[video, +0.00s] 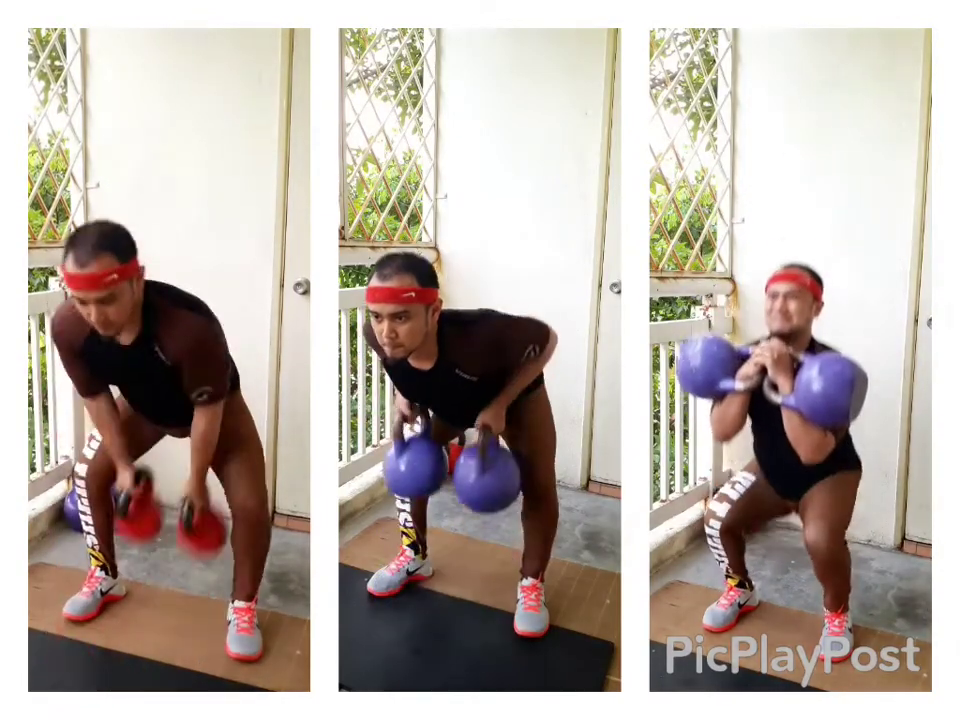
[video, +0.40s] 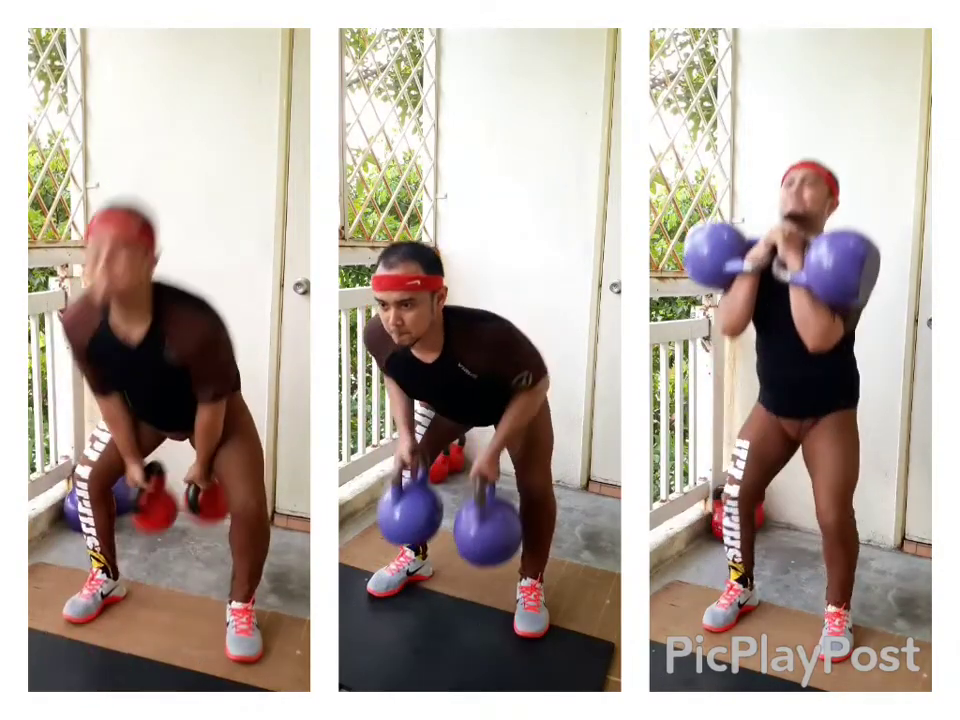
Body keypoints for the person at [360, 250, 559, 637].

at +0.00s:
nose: (387, 332)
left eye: (401, 318)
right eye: (377, 317)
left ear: (434, 311)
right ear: (369, 314)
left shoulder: (479, 332)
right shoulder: (376, 333)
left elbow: (546, 339)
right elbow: (392, 357)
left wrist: (500, 404)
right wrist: (402, 393)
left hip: (513, 391)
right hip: (445, 397)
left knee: (539, 488)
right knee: (411, 466)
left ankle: (531, 582)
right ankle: (413, 553)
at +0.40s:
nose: (393, 319)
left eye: (406, 305)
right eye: (383, 306)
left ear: (439, 297)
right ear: (376, 301)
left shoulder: (488, 334)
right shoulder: (378, 338)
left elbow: (537, 383)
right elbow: (395, 377)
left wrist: (494, 449)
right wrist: (406, 434)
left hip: (514, 401)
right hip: (453, 404)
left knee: (535, 486)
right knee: (409, 468)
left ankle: (531, 581)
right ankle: (414, 553)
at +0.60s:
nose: (394, 333)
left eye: (407, 318)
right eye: (384, 319)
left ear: (440, 309)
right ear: (376, 314)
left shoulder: (485, 347)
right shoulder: (379, 356)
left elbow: (526, 415)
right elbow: (399, 414)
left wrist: (489, 493)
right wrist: (409, 480)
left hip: (511, 402)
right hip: (451, 406)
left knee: (533, 485)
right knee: (410, 473)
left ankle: (531, 582)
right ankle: (404, 561)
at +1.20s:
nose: (390, 360)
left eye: (403, 346)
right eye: (380, 346)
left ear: (436, 338)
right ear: (372, 342)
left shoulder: (485, 376)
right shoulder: (376, 375)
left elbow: (499, 460)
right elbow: (399, 444)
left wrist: (480, 532)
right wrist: (410, 511)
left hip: (516, 392)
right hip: (448, 401)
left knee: (531, 485)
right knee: (414, 470)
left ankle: (530, 584)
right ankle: (410, 563)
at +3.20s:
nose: (388, 351)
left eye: (402, 337)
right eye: (378, 336)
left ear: (434, 330)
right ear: (370, 331)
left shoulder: (484, 378)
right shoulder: (374, 374)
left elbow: (487, 462)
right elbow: (404, 443)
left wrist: (480, 531)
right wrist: (412, 512)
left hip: (515, 390)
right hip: (453, 399)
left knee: (530, 487)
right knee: (415, 470)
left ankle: (531, 583)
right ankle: (409, 562)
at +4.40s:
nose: (393, 343)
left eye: (406, 330)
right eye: (382, 329)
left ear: (437, 318)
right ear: (373, 323)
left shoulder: (484, 360)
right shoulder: (378, 361)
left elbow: (516, 429)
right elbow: (399, 417)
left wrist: (486, 499)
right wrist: (412, 480)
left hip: (513, 395)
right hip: (452, 402)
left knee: (536, 486)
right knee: (407, 472)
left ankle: (531, 583)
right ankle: (406, 560)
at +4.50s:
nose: (392, 338)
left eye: (405, 325)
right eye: (381, 325)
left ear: (436, 312)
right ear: (372, 318)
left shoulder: (483, 349)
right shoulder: (377, 352)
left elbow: (527, 406)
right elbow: (396, 397)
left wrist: (491, 473)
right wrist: (408, 457)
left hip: (511, 399)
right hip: (452, 402)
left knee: (537, 485)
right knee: (410, 468)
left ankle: (531, 582)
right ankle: (412, 557)